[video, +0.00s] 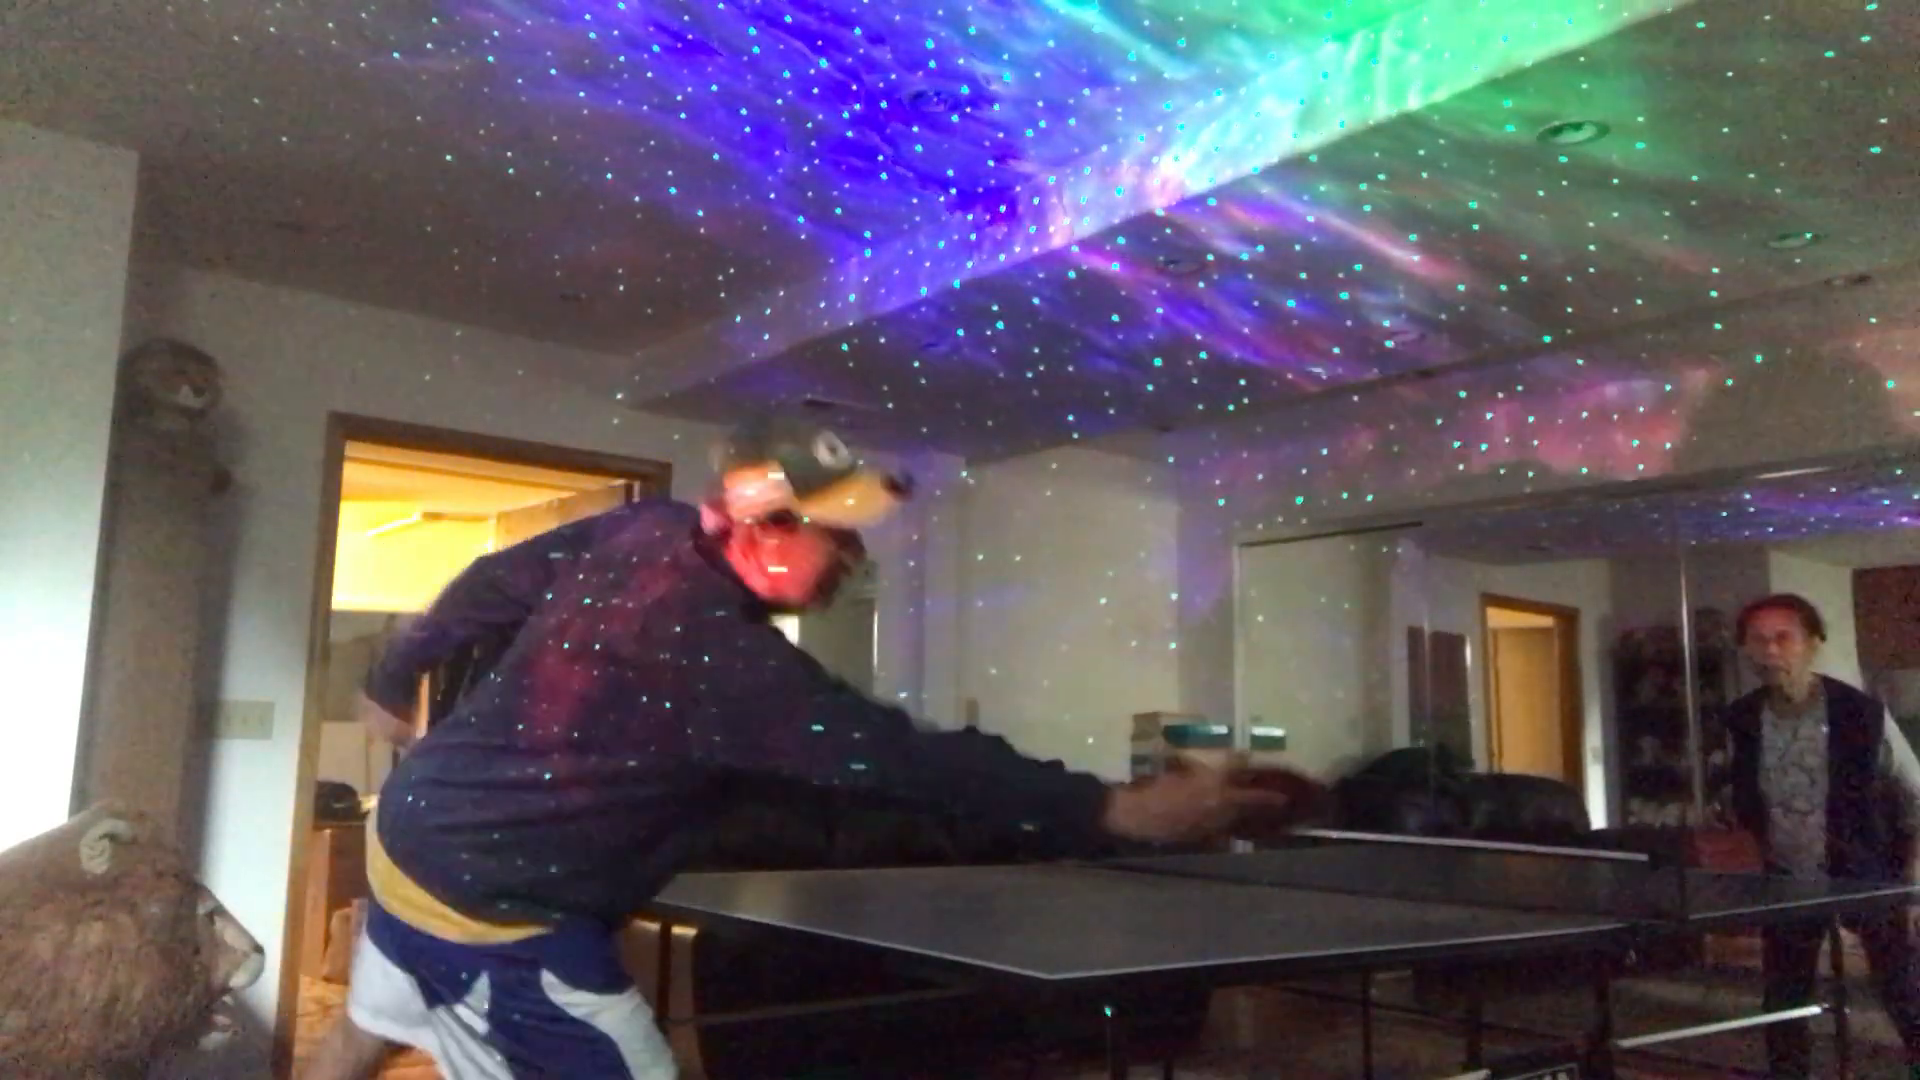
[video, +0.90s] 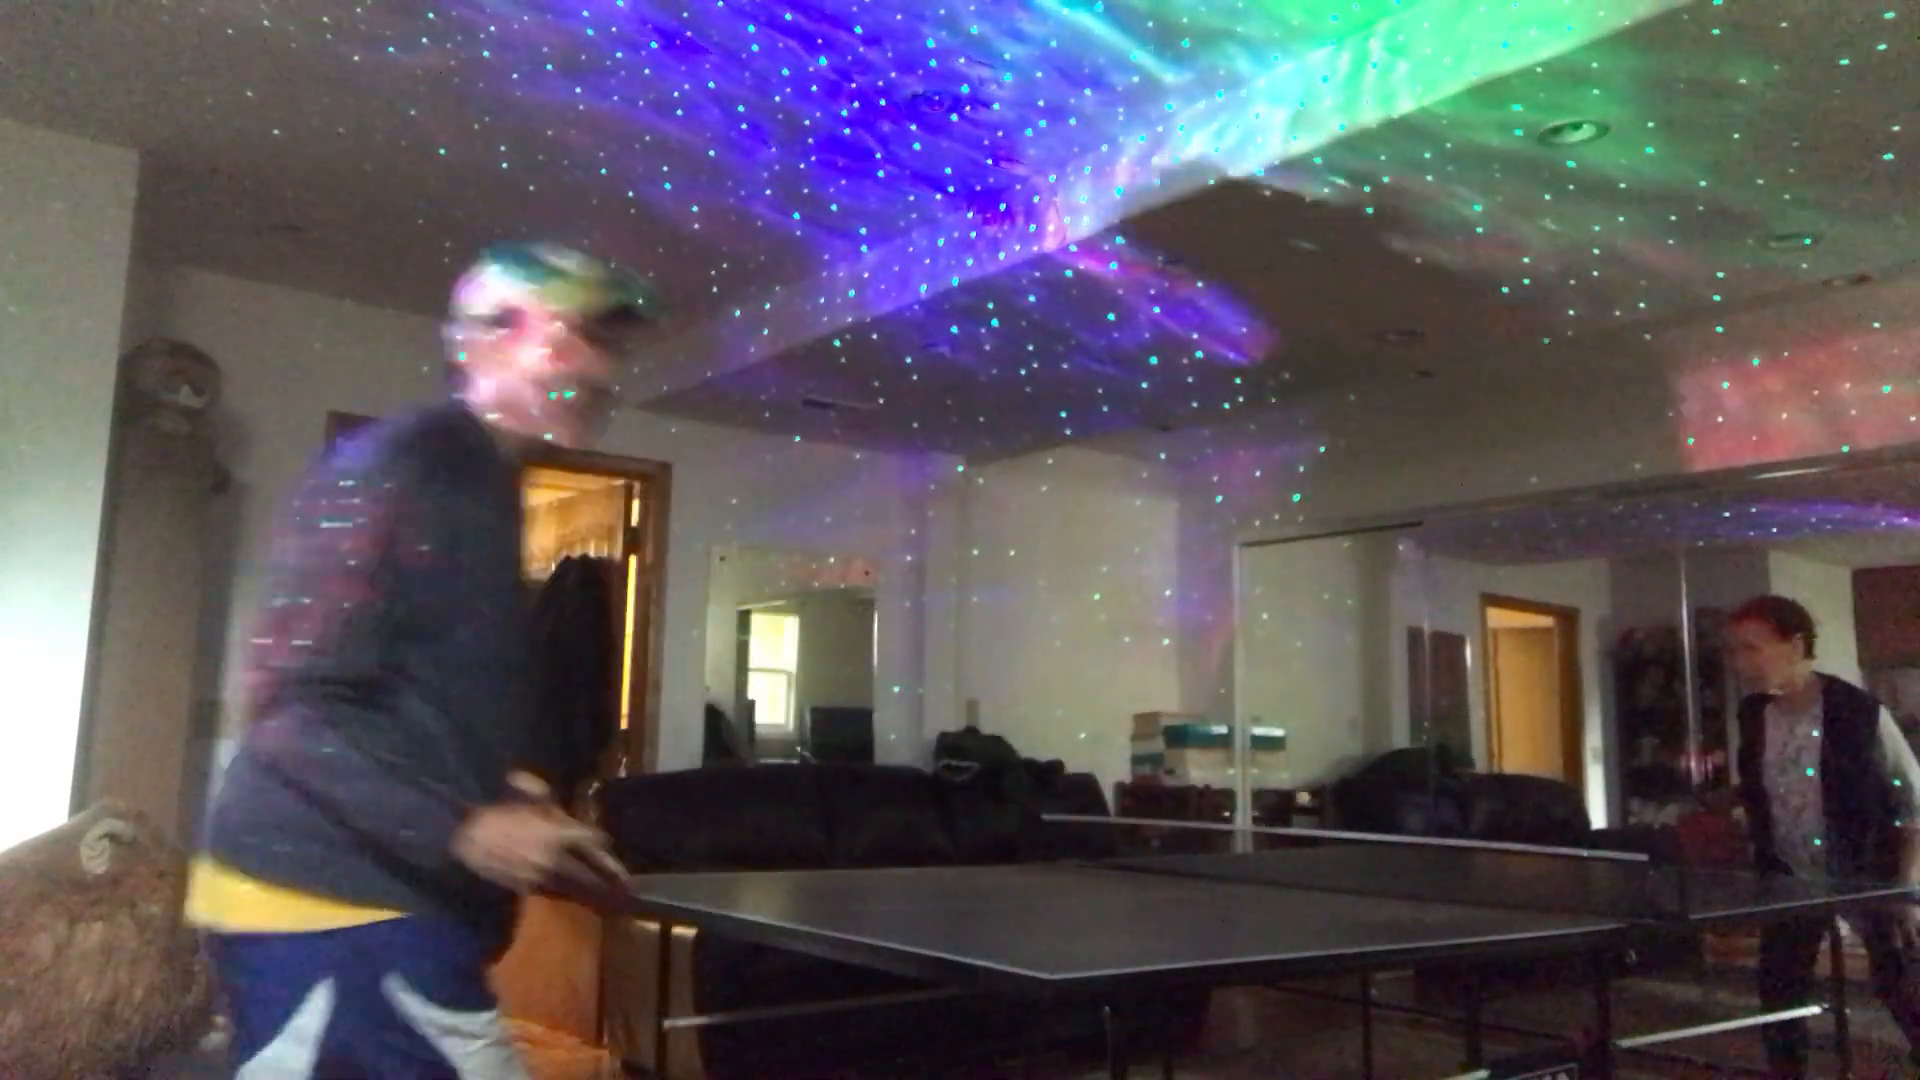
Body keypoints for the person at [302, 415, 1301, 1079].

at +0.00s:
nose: (851, 570)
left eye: (852, 546)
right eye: (839, 547)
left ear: (744, 517)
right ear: (769, 536)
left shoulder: (637, 526)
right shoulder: (742, 668)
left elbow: (490, 583)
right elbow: (909, 759)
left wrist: (397, 674)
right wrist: (1116, 809)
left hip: (404, 855)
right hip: (505, 925)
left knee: (362, 1032)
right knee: (632, 1065)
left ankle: (324, 1066)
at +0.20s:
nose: (879, 607)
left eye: (884, 585)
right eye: (870, 585)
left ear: (778, 549)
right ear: (798, 573)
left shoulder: (655, 537)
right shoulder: (736, 700)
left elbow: (489, 574)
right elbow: (892, 841)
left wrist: (330, 633)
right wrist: (1047, 812)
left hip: (407, 813)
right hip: (484, 936)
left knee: (355, 929)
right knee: (620, 1063)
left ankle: (163, 1012)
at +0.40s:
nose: (882, 589)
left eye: (888, 566)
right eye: (876, 567)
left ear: (775, 511)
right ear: (812, 552)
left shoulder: (644, 515)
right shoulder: (718, 665)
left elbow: (474, 579)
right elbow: (792, 878)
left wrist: (333, 673)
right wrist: (928, 856)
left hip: (382, 778)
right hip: (453, 893)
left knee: (349, 907)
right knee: (587, 1060)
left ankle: (123, 923)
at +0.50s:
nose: (848, 570)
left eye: (858, 545)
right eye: (847, 545)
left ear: (762, 481)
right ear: (796, 519)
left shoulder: (645, 502)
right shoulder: (699, 626)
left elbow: (469, 572)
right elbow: (668, 859)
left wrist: (327, 684)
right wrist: (818, 879)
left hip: (368, 792)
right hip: (448, 887)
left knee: (342, 947)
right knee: (570, 1061)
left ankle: (112, 976)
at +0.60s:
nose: (839, 528)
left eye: (848, 506)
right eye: (836, 502)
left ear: (739, 460)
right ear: (780, 492)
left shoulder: (602, 481)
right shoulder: (674, 603)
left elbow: (438, 576)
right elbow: (571, 814)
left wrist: (311, 700)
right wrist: (720, 888)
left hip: (342, 806)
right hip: (437, 878)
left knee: (299, 1000)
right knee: (544, 1062)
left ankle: (114, 1063)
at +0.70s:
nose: (799, 473)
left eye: (801, 450)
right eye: (781, 444)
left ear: (699, 426)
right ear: (708, 429)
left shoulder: (564, 467)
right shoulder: (615, 526)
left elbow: (404, 582)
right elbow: (467, 744)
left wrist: (297, 722)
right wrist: (622, 870)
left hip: (339, 817)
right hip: (410, 861)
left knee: (360, 1063)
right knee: (510, 1057)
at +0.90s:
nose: (596, 366)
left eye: (601, 340)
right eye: (566, 334)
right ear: (484, 340)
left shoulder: (483, 484)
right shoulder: (400, 464)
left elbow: (407, 702)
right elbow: (286, 703)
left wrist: (500, 787)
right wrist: (460, 827)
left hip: (400, 913)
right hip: (334, 917)